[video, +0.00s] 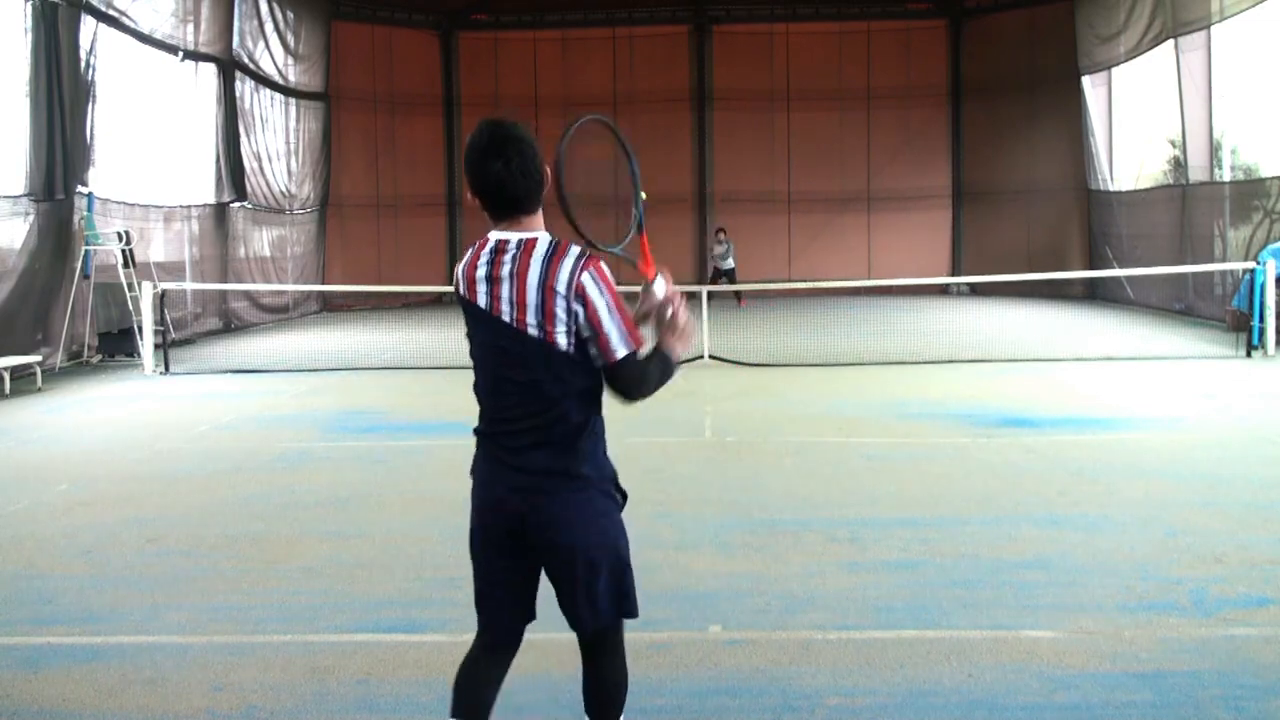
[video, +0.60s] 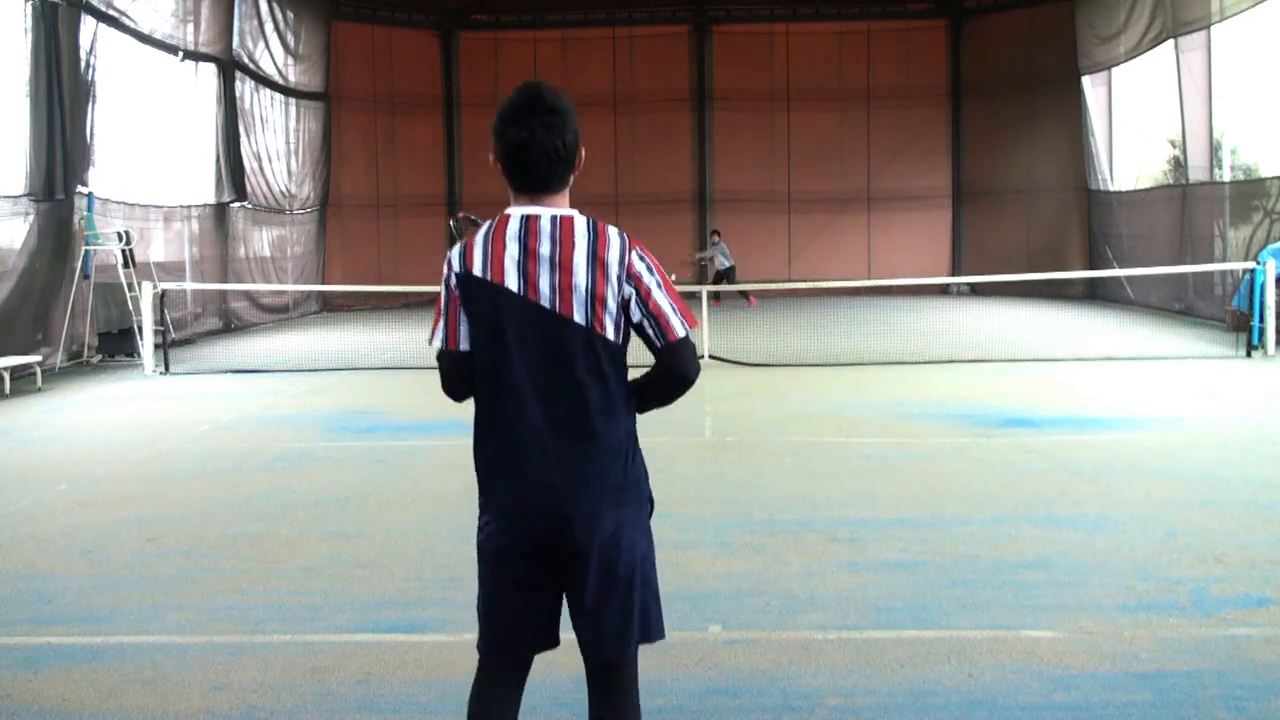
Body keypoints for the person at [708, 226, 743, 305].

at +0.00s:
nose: (720, 237)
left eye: (722, 235)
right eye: (719, 235)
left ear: (725, 236)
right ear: (716, 236)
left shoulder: (729, 245)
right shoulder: (714, 245)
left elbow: (726, 256)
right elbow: (712, 257)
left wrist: (716, 257)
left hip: (729, 267)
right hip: (718, 268)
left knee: (734, 285)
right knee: (711, 285)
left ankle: (740, 300)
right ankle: (708, 301)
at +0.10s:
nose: (720, 236)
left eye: (722, 233)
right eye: (719, 234)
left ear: (725, 234)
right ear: (716, 235)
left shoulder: (728, 242)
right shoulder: (715, 243)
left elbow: (724, 252)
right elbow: (712, 250)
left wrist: (713, 251)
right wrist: (707, 251)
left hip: (730, 266)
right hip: (720, 266)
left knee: (734, 284)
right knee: (713, 284)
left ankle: (740, 300)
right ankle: (712, 300)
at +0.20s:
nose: (720, 235)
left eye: (721, 233)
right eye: (718, 234)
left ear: (724, 234)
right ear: (716, 235)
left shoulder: (727, 242)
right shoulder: (716, 243)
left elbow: (721, 251)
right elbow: (710, 249)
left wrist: (708, 250)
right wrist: (701, 248)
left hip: (731, 265)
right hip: (721, 266)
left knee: (734, 283)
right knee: (715, 283)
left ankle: (740, 300)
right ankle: (716, 299)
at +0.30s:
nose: (717, 236)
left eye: (719, 234)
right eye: (716, 234)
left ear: (722, 234)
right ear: (714, 236)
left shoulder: (724, 244)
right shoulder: (718, 244)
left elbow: (711, 250)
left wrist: (698, 250)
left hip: (730, 266)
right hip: (722, 267)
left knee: (733, 284)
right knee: (716, 283)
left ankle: (742, 300)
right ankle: (717, 300)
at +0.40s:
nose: (715, 237)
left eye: (717, 235)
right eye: (714, 236)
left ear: (720, 236)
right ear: (712, 237)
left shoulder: (722, 245)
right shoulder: (716, 246)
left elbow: (710, 252)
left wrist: (697, 253)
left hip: (729, 267)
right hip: (721, 268)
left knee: (733, 283)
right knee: (715, 283)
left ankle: (746, 297)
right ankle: (717, 300)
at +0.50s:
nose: (714, 239)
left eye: (716, 237)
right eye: (713, 237)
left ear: (719, 237)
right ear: (711, 238)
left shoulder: (720, 246)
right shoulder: (714, 247)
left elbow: (709, 255)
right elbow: (708, 255)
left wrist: (696, 257)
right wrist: (696, 257)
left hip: (729, 267)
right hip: (721, 269)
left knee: (732, 284)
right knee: (715, 284)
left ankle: (748, 297)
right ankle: (716, 300)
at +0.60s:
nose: (714, 239)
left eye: (715, 236)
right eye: (712, 237)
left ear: (719, 237)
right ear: (711, 238)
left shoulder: (721, 246)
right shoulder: (714, 247)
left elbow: (709, 253)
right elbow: (709, 254)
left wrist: (698, 255)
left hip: (728, 267)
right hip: (720, 269)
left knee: (732, 284)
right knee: (715, 284)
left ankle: (748, 298)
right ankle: (717, 300)